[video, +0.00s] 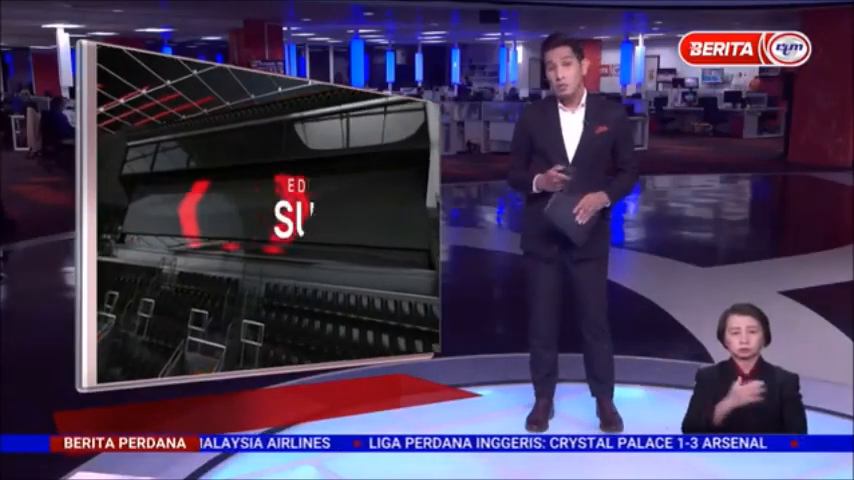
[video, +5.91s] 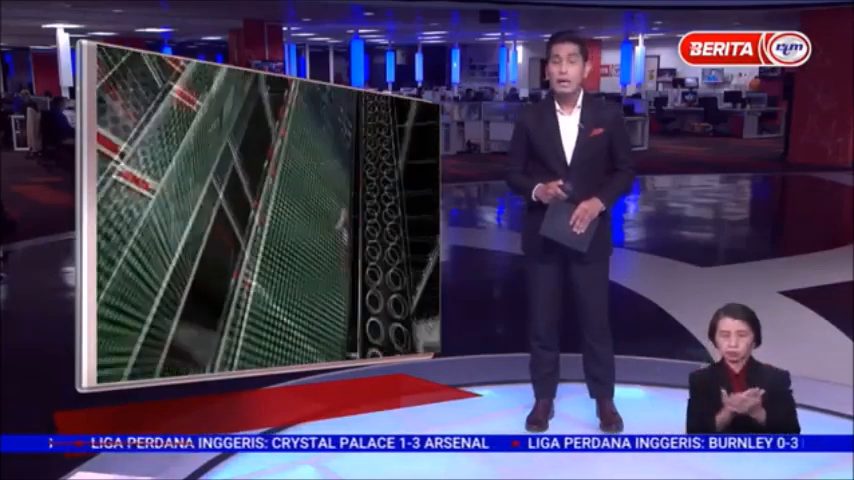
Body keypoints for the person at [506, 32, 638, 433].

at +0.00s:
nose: (558, 73)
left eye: (566, 64)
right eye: (551, 67)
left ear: (583, 66)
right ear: (545, 74)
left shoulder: (610, 111)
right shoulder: (532, 114)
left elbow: (628, 171)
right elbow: (515, 174)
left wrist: (604, 196)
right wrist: (538, 180)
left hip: (590, 231)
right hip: (542, 233)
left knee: (594, 319)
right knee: (542, 319)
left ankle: (605, 400)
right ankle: (542, 398)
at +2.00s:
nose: (563, 71)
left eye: (570, 63)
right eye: (555, 64)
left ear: (585, 68)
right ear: (546, 72)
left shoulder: (608, 112)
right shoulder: (530, 115)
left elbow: (627, 171)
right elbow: (513, 172)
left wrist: (600, 201)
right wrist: (536, 186)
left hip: (590, 231)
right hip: (542, 231)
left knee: (593, 321)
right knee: (543, 321)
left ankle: (605, 400)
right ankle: (542, 400)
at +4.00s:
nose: (557, 77)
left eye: (565, 69)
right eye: (551, 68)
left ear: (582, 74)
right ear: (543, 74)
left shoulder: (605, 112)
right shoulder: (528, 116)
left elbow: (623, 170)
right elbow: (512, 172)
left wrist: (601, 199)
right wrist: (532, 186)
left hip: (588, 232)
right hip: (541, 233)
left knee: (593, 321)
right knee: (543, 323)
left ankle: (605, 401)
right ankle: (542, 401)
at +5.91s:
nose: (562, 69)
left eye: (571, 61)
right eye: (555, 61)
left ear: (585, 68)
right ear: (546, 69)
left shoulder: (608, 113)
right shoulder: (530, 115)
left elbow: (625, 171)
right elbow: (513, 170)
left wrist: (599, 201)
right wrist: (536, 188)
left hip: (591, 230)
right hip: (543, 230)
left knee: (595, 320)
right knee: (543, 320)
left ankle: (605, 400)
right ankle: (542, 399)